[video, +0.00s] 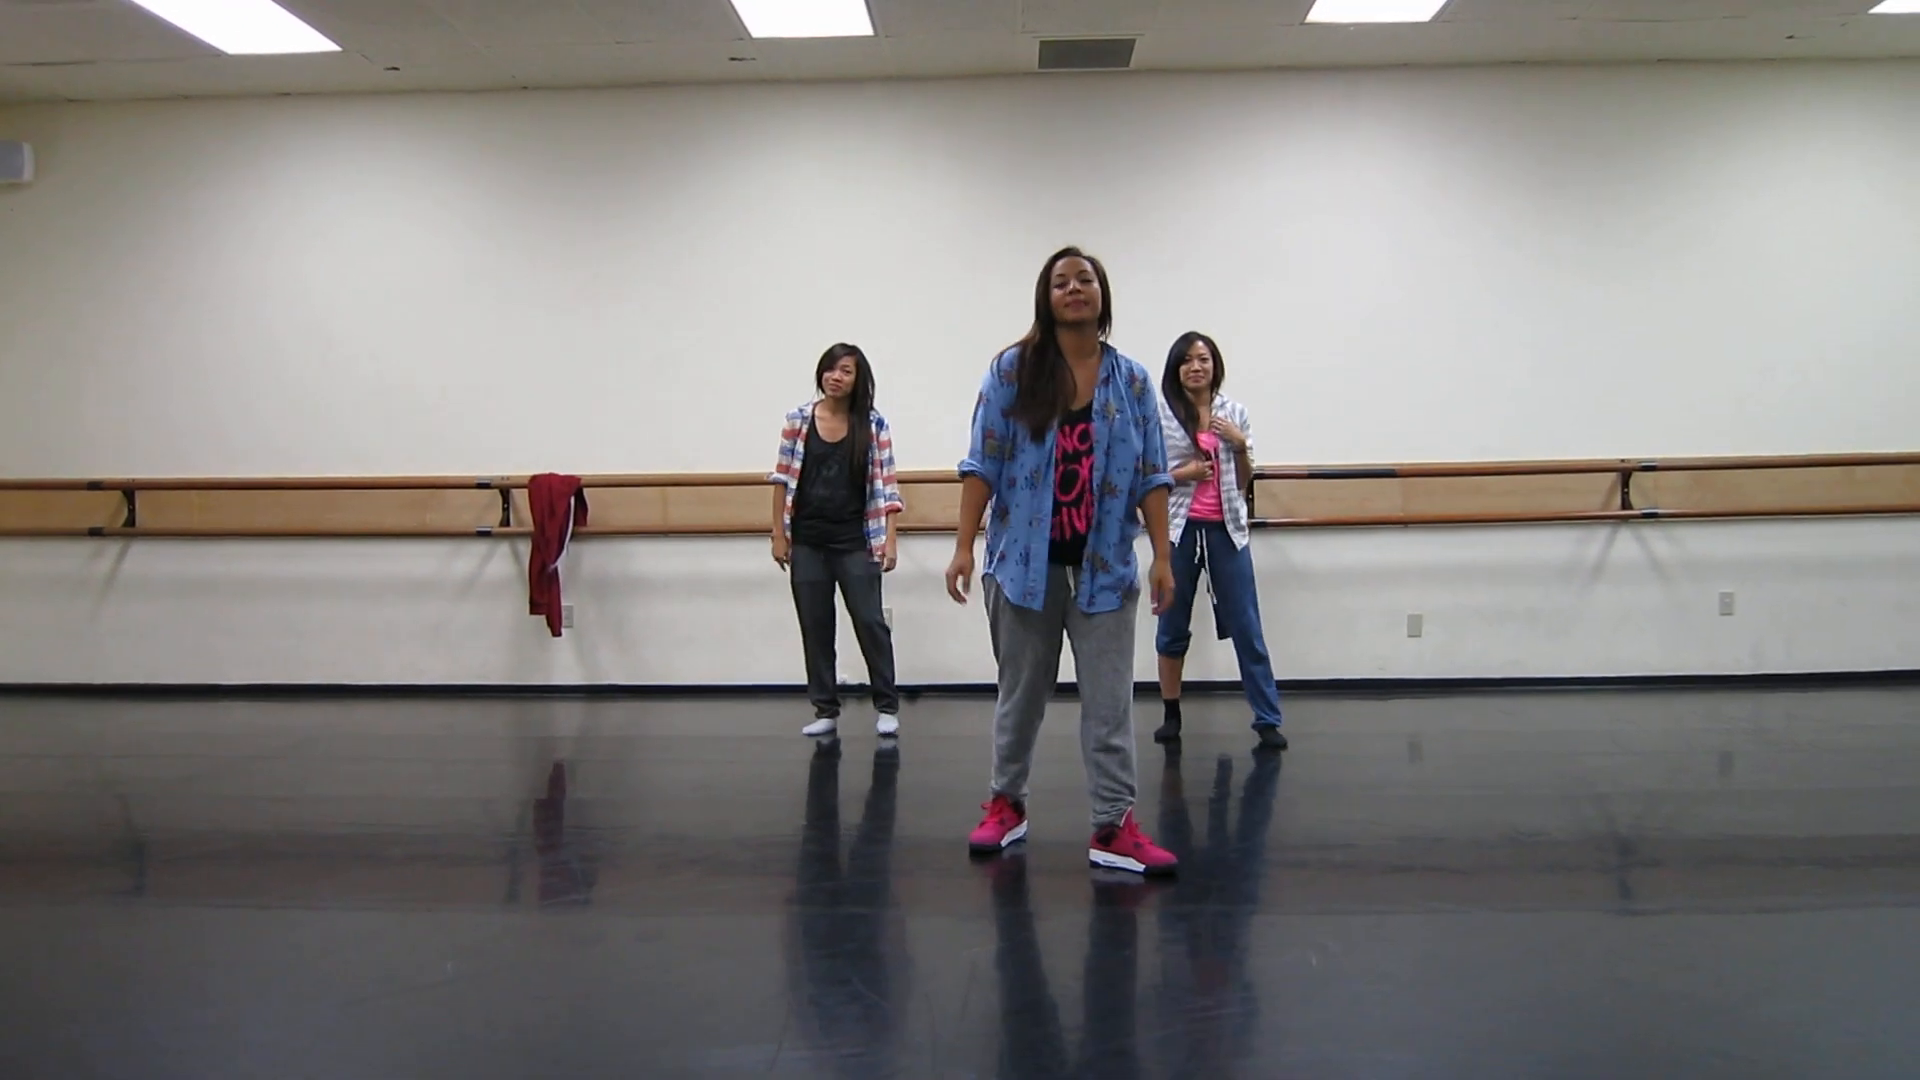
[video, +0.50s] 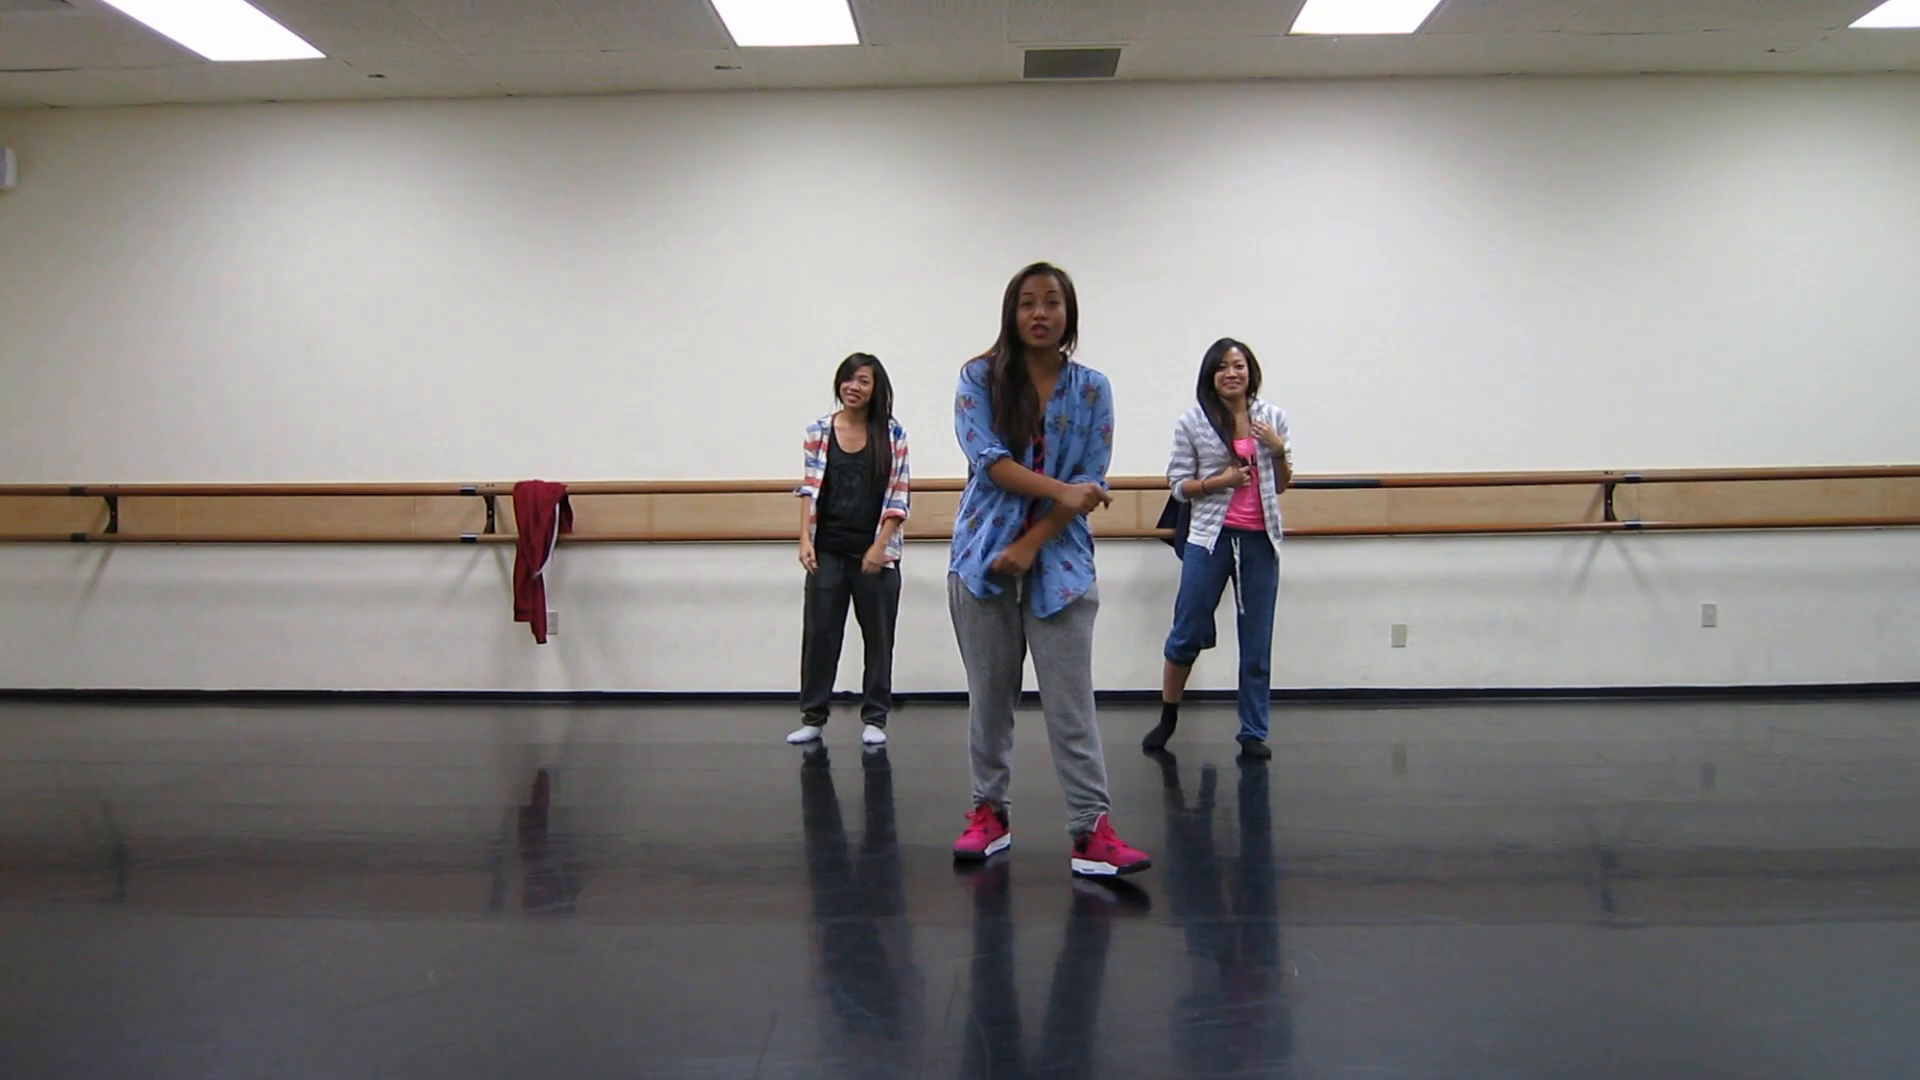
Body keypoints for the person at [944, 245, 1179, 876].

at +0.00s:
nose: (1075, 287)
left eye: (1085, 278)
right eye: (1062, 281)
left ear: (1104, 294)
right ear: (1045, 299)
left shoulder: (1131, 379)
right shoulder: (1012, 370)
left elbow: (1151, 475)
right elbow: (982, 463)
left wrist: (1161, 554)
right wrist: (964, 546)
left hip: (1105, 565)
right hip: (1024, 563)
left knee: (1110, 700)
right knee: (1020, 693)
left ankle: (1113, 826)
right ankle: (1005, 806)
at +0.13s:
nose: (1084, 293)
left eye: (1093, 284)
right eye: (1071, 286)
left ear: (1110, 300)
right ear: (1052, 302)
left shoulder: (1131, 383)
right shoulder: (1017, 373)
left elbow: (1147, 480)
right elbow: (996, 471)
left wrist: (1140, 560)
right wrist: (989, 557)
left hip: (1102, 570)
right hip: (1025, 567)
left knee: (1104, 704)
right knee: (1014, 697)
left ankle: (1104, 829)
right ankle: (998, 808)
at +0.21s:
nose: (1082, 296)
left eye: (1092, 288)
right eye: (1070, 288)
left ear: (1108, 303)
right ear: (1050, 303)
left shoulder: (1127, 386)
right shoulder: (1014, 374)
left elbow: (1137, 482)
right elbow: (999, 469)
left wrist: (1118, 561)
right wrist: (1019, 557)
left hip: (1093, 570)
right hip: (1017, 566)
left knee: (1098, 705)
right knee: (1009, 698)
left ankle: (1101, 830)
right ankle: (994, 810)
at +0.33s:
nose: (1067, 302)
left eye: (1079, 293)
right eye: (1056, 293)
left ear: (1095, 307)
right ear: (1037, 306)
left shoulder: (1114, 387)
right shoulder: (1001, 375)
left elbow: (1115, 486)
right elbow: (996, 472)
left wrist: (1079, 557)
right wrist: (1058, 526)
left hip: (1081, 567)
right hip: (1002, 565)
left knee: (1091, 709)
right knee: (1000, 701)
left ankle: (1098, 833)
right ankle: (991, 813)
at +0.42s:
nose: (1053, 305)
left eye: (1064, 296)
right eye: (1041, 296)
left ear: (1082, 308)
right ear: (1023, 308)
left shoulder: (1103, 386)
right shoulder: (990, 375)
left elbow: (1100, 489)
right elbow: (993, 464)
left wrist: (1053, 552)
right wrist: (1065, 498)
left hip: (1071, 566)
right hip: (993, 565)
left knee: (1082, 707)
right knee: (994, 701)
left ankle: (1094, 833)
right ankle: (990, 814)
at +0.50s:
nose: (1039, 314)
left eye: (1051, 303)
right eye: (1028, 304)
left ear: (1069, 313)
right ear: (1011, 313)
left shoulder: (1091, 387)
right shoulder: (979, 377)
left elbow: (1087, 484)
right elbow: (987, 460)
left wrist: (1032, 541)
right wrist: (1060, 490)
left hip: (1060, 563)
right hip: (982, 562)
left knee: (1071, 703)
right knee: (989, 699)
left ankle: (1090, 831)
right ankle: (988, 815)